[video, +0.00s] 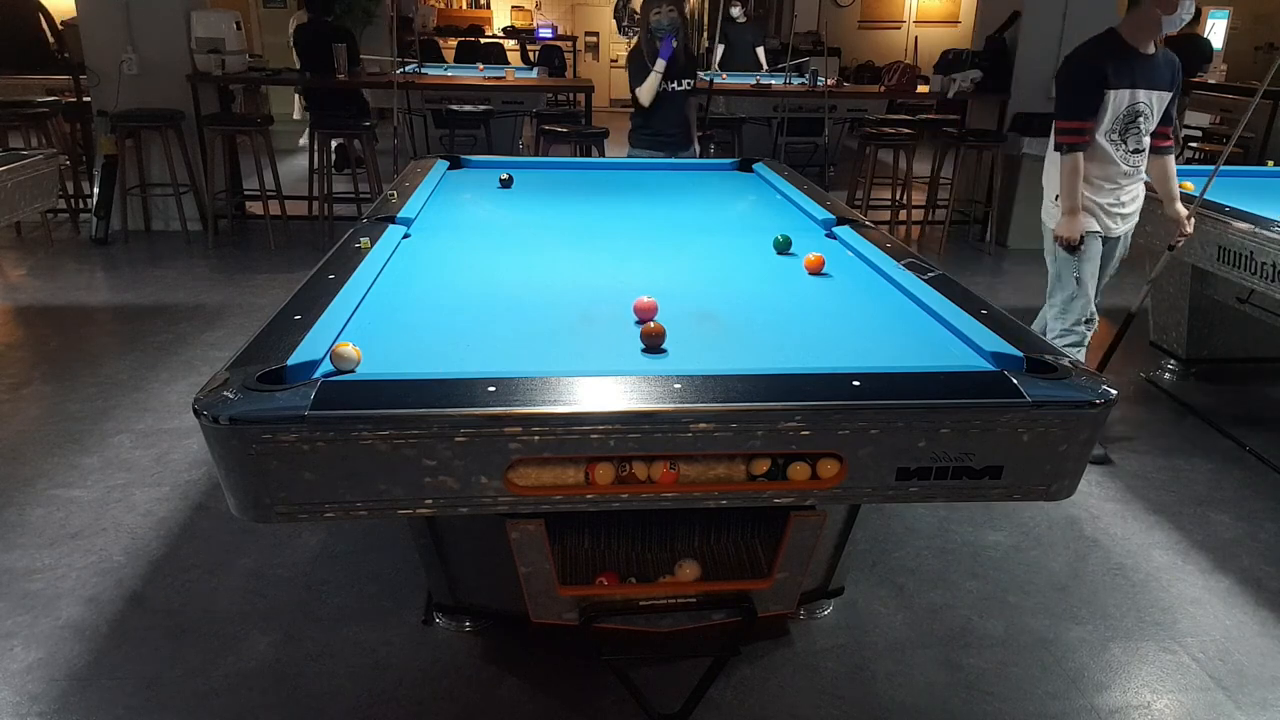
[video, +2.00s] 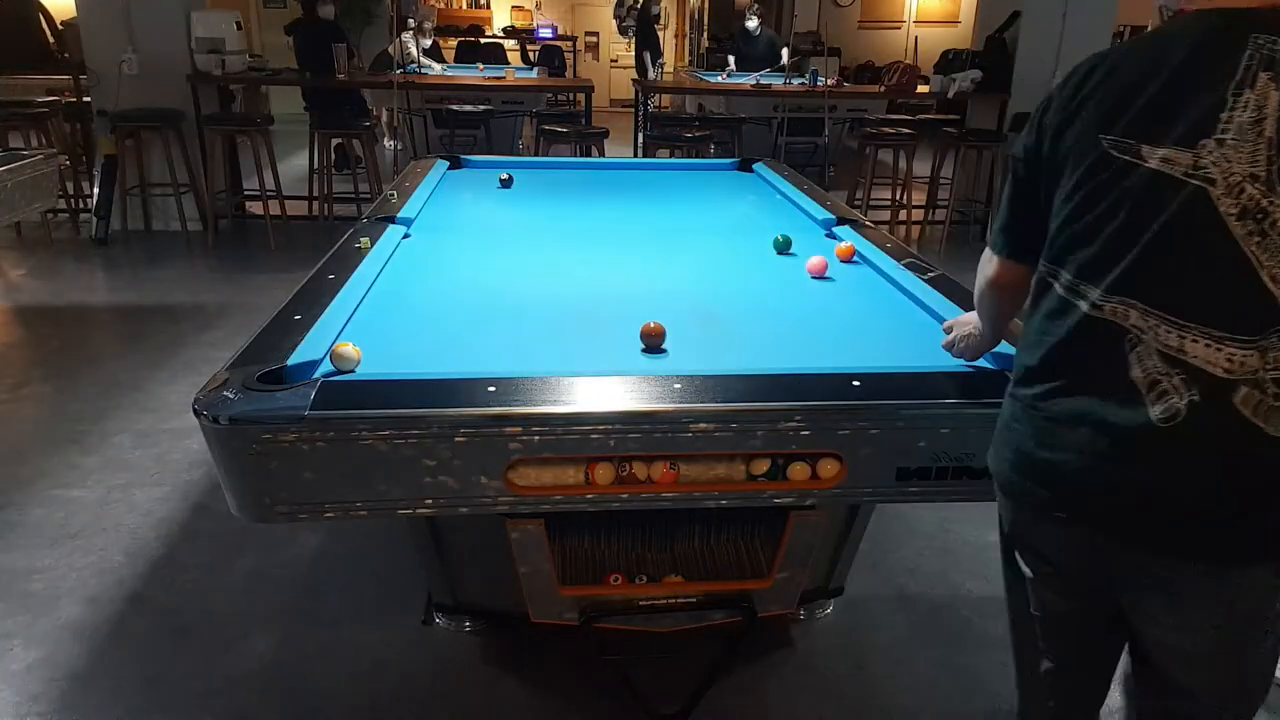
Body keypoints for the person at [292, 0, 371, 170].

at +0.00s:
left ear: (307, 9)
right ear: (332, 8)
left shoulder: (299, 32)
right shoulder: (343, 31)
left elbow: (305, 66)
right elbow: (356, 71)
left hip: (314, 101)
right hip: (345, 102)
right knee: (361, 106)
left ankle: (350, 151)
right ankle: (345, 149)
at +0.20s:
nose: (336, 7)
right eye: (333, 4)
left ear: (307, 8)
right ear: (331, 7)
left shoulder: (300, 30)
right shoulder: (342, 30)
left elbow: (295, 63)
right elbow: (355, 67)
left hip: (314, 102)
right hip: (346, 103)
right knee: (362, 107)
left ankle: (351, 151)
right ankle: (344, 148)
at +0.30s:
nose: (339, 8)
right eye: (336, 4)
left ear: (306, 8)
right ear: (330, 7)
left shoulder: (299, 31)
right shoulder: (342, 30)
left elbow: (302, 66)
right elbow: (355, 70)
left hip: (314, 103)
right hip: (345, 104)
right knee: (362, 107)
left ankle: (352, 150)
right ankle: (345, 149)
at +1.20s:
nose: (341, 11)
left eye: (340, 7)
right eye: (338, 7)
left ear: (309, 8)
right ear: (332, 8)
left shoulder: (298, 29)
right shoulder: (342, 33)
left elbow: (304, 66)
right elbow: (356, 71)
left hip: (315, 104)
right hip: (345, 105)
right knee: (362, 105)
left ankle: (352, 151)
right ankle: (346, 148)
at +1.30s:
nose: (342, 12)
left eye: (341, 7)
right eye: (339, 7)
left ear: (309, 9)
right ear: (332, 9)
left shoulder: (300, 30)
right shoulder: (342, 33)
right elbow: (355, 70)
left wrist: (300, 11)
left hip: (315, 102)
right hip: (345, 104)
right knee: (361, 106)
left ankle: (342, 146)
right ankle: (347, 149)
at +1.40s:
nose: (345, 8)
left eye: (344, 4)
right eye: (341, 5)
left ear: (312, 8)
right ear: (331, 8)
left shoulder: (299, 30)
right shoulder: (341, 33)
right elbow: (357, 72)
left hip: (315, 103)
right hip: (344, 105)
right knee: (362, 105)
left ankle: (350, 149)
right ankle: (345, 148)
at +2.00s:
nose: (335, 8)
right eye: (331, 5)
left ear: (302, 7)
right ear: (319, 5)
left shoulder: (298, 30)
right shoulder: (331, 27)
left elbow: (302, 67)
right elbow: (351, 59)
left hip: (314, 103)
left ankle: (348, 151)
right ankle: (345, 149)